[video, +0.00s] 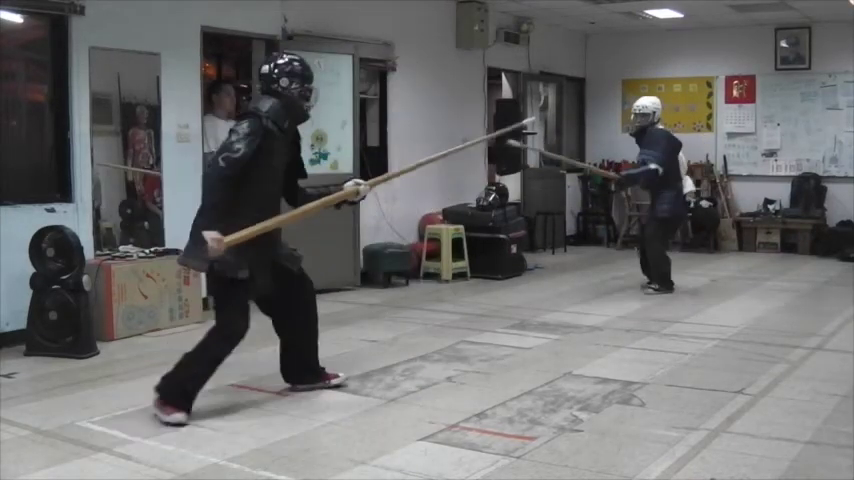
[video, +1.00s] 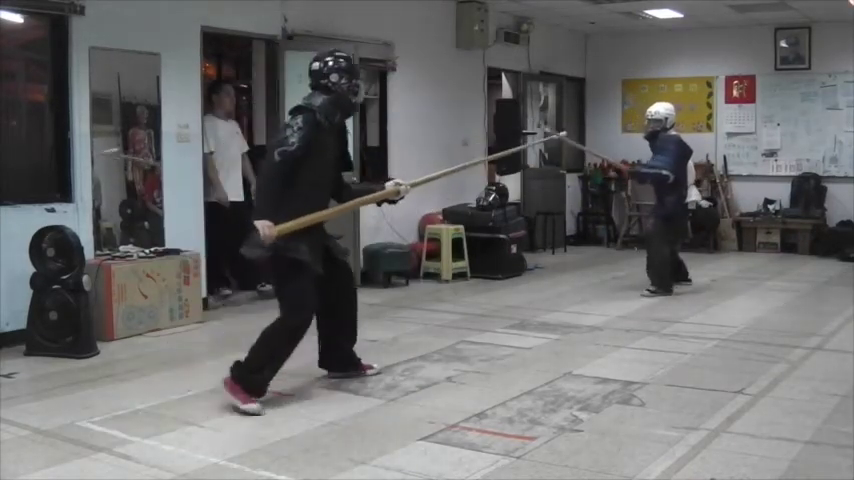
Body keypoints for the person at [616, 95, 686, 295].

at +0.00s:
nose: (638, 120)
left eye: (643, 116)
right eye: (636, 116)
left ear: (654, 116)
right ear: (634, 115)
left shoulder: (660, 136)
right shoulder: (646, 137)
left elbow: (655, 170)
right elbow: (646, 167)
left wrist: (625, 177)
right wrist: (624, 179)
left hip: (670, 195)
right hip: (659, 194)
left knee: (654, 235)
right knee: (647, 235)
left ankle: (664, 282)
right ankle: (655, 277)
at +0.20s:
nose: (642, 119)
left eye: (646, 115)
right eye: (640, 115)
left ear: (658, 116)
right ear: (639, 115)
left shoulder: (662, 136)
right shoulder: (652, 137)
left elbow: (657, 170)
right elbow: (648, 167)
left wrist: (624, 177)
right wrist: (623, 178)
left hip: (671, 195)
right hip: (663, 195)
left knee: (656, 236)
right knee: (654, 236)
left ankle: (664, 282)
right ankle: (661, 279)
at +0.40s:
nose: (647, 119)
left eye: (652, 115)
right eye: (646, 114)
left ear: (663, 116)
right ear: (645, 114)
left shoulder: (665, 135)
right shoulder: (659, 135)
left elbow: (662, 168)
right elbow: (653, 164)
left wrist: (627, 172)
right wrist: (631, 166)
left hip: (670, 198)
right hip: (667, 197)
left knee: (657, 237)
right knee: (668, 236)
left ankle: (664, 282)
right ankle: (680, 273)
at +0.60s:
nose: (652, 121)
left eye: (657, 117)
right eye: (651, 117)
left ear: (669, 118)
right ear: (650, 116)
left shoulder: (672, 137)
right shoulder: (663, 137)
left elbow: (666, 167)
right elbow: (656, 166)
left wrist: (637, 172)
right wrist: (633, 169)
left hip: (673, 200)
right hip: (667, 199)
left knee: (659, 237)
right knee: (660, 236)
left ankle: (665, 282)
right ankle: (679, 272)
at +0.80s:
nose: (652, 122)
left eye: (657, 119)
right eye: (651, 118)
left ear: (668, 120)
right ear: (653, 118)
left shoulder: (671, 139)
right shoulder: (664, 139)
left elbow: (665, 170)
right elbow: (653, 169)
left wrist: (635, 172)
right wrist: (631, 168)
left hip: (672, 200)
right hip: (668, 199)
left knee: (662, 238)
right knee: (661, 237)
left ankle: (664, 284)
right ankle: (679, 272)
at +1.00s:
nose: (650, 125)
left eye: (655, 121)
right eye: (649, 121)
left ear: (667, 122)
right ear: (649, 121)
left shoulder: (671, 142)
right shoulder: (660, 142)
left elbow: (664, 174)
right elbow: (654, 169)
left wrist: (632, 172)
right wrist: (632, 168)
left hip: (672, 202)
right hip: (665, 200)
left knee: (657, 236)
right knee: (660, 236)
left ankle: (662, 284)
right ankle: (679, 273)